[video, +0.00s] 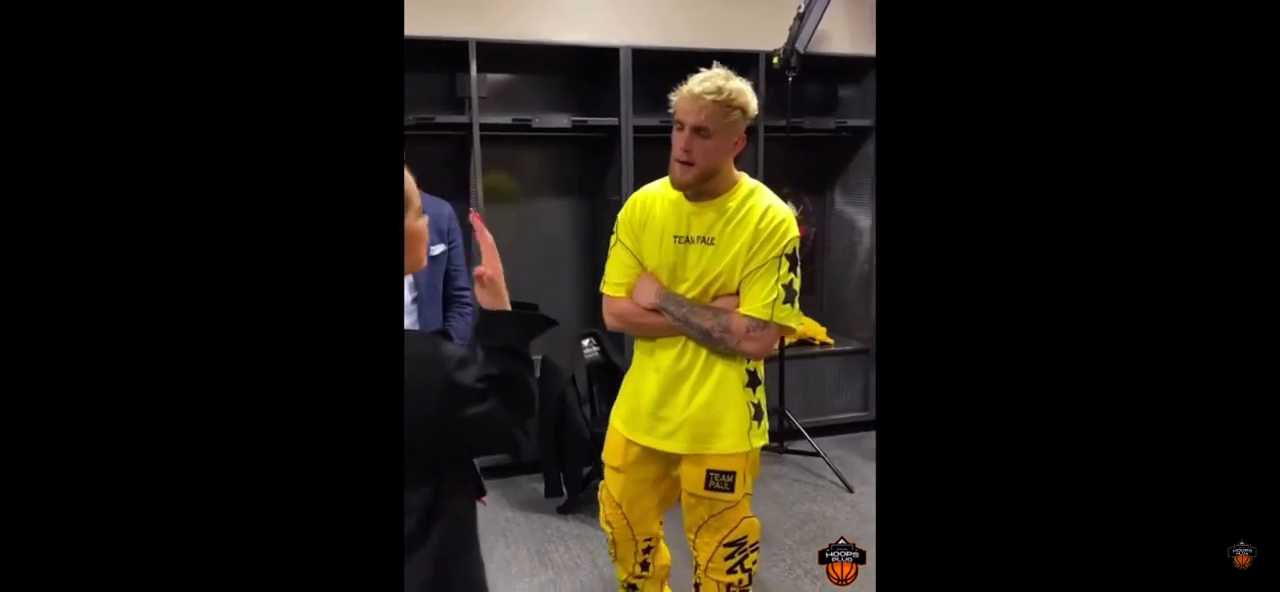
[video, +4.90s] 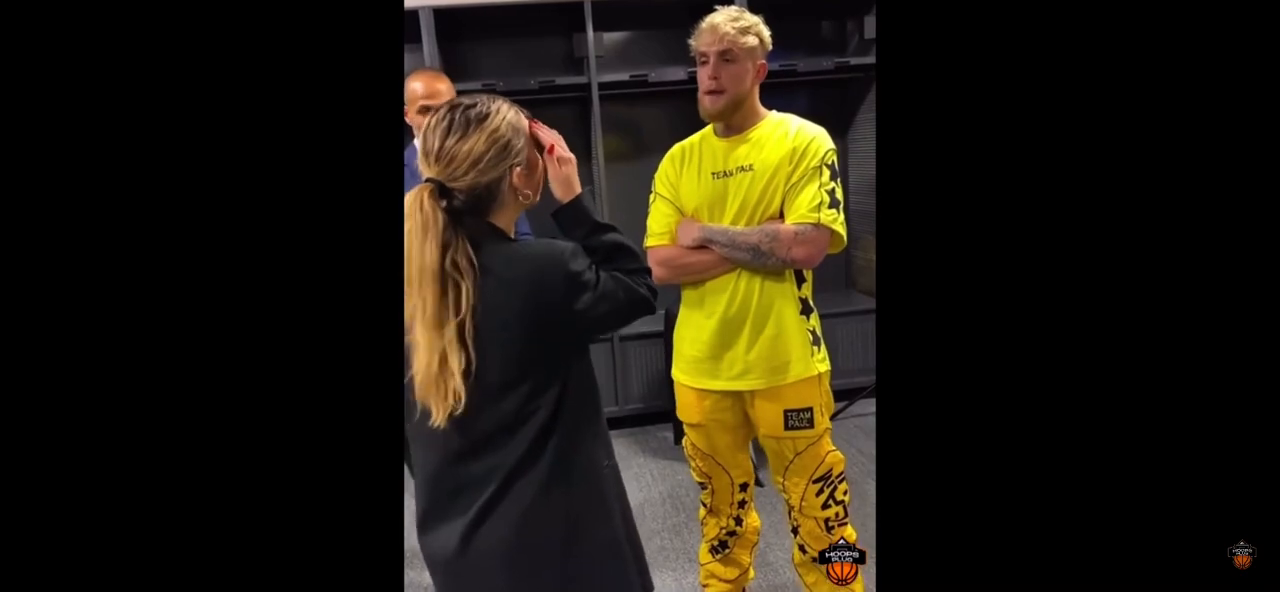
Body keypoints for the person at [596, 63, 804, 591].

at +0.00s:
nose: (682, 144)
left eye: (700, 133)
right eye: (678, 128)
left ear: (738, 143)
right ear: (670, 128)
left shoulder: (770, 220)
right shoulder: (642, 206)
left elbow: (759, 340)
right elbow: (616, 314)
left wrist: (661, 297)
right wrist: (714, 315)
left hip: (722, 418)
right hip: (642, 407)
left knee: (719, 550)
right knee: (623, 524)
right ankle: (644, 586)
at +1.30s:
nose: (713, 102)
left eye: (730, 87)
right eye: (706, 86)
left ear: (762, 96)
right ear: (696, 90)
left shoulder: (798, 169)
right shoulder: (670, 178)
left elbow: (799, 275)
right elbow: (651, 281)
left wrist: (693, 251)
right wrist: (753, 265)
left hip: (773, 381)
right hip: (689, 383)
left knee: (803, 529)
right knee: (710, 534)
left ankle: (813, 586)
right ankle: (714, 587)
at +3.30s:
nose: (718, 84)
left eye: (735, 70)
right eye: (711, 70)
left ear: (768, 79)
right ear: (703, 78)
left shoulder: (809, 150)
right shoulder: (683, 165)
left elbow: (811, 256)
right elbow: (666, 268)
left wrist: (703, 238)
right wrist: (763, 249)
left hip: (789, 367)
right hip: (703, 370)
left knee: (821, 516)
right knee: (724, 519)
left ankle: (838, 584)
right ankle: (730, 584)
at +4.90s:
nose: (708, 73)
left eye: (725, 59)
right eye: (701, 60)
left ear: (759, 69)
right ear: (694, 69)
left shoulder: (805, 142)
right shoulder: (677, 160)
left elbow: (809, 246)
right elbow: (662, 265)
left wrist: (700, 232)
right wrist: (762, 243)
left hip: (786, 363)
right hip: (700, 367)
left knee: (819, 514)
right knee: (720, 516)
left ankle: (836, 583)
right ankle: (722, 585)